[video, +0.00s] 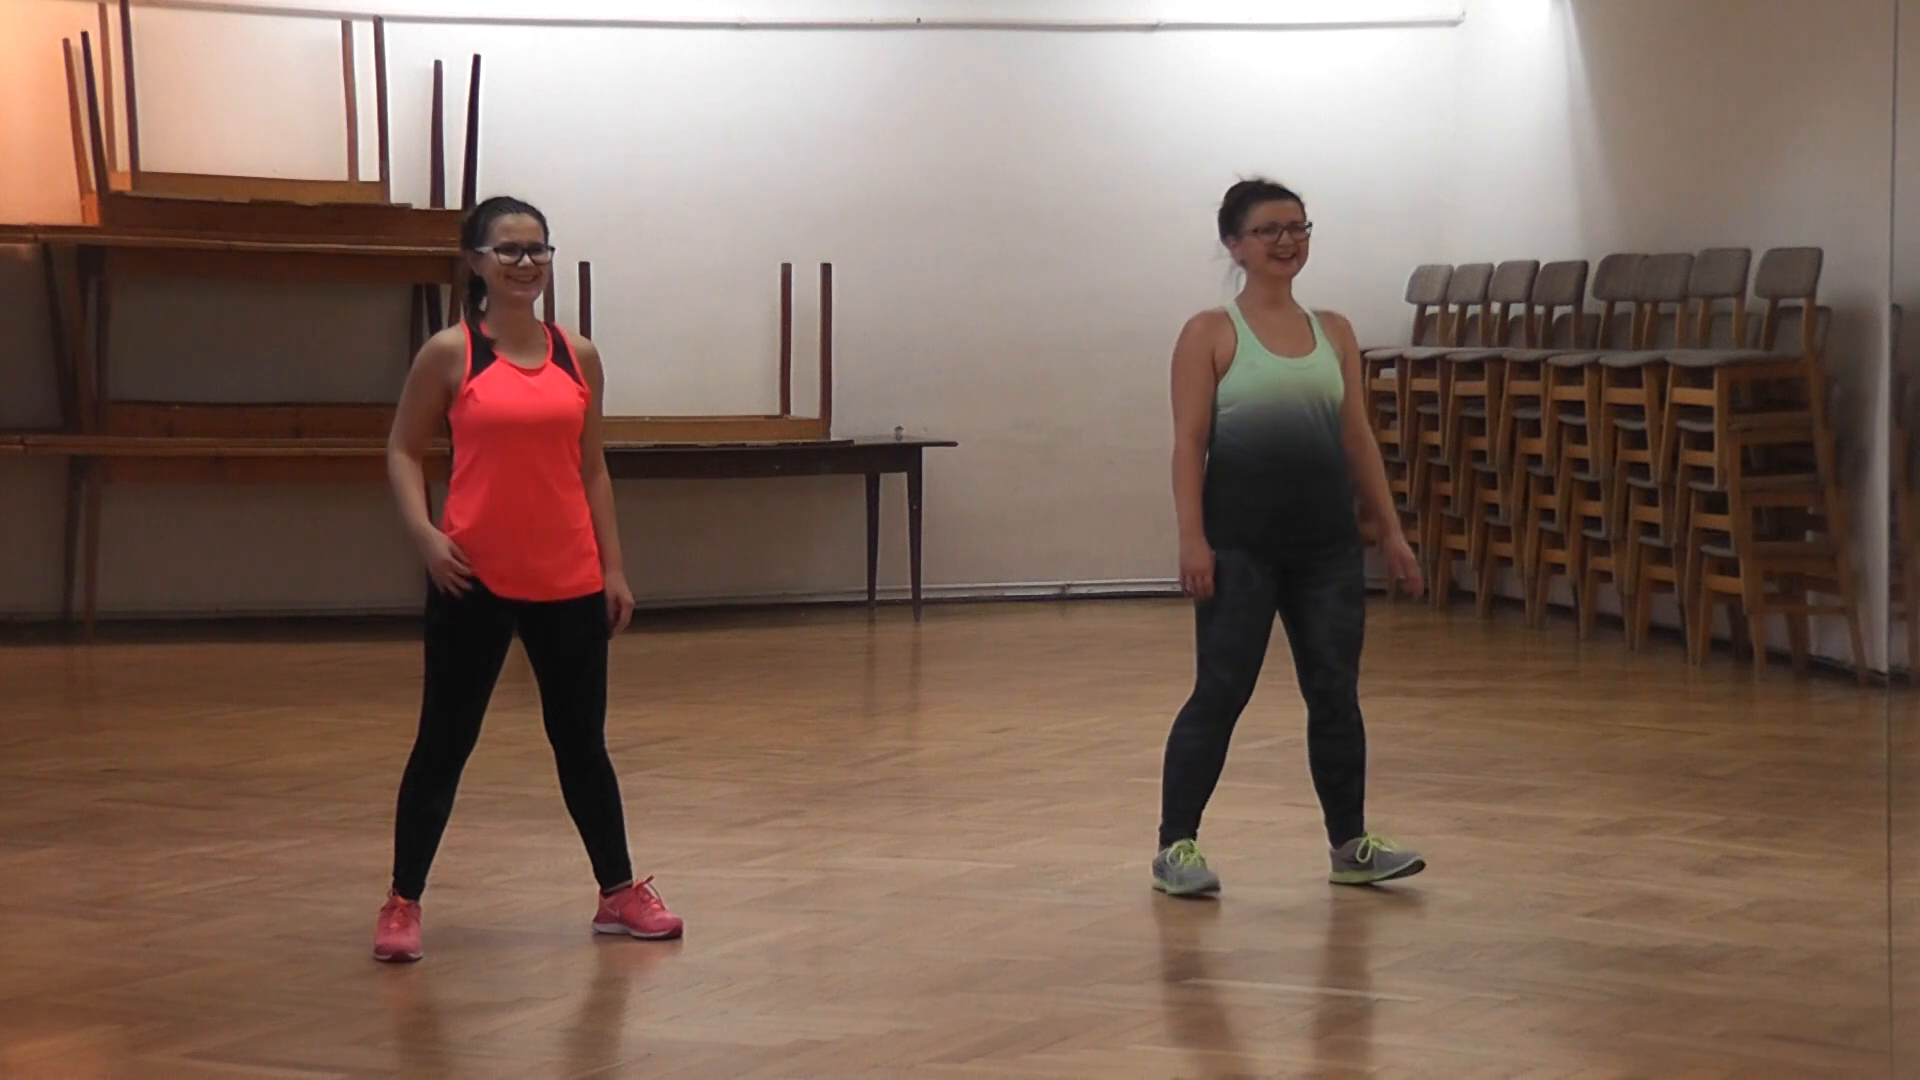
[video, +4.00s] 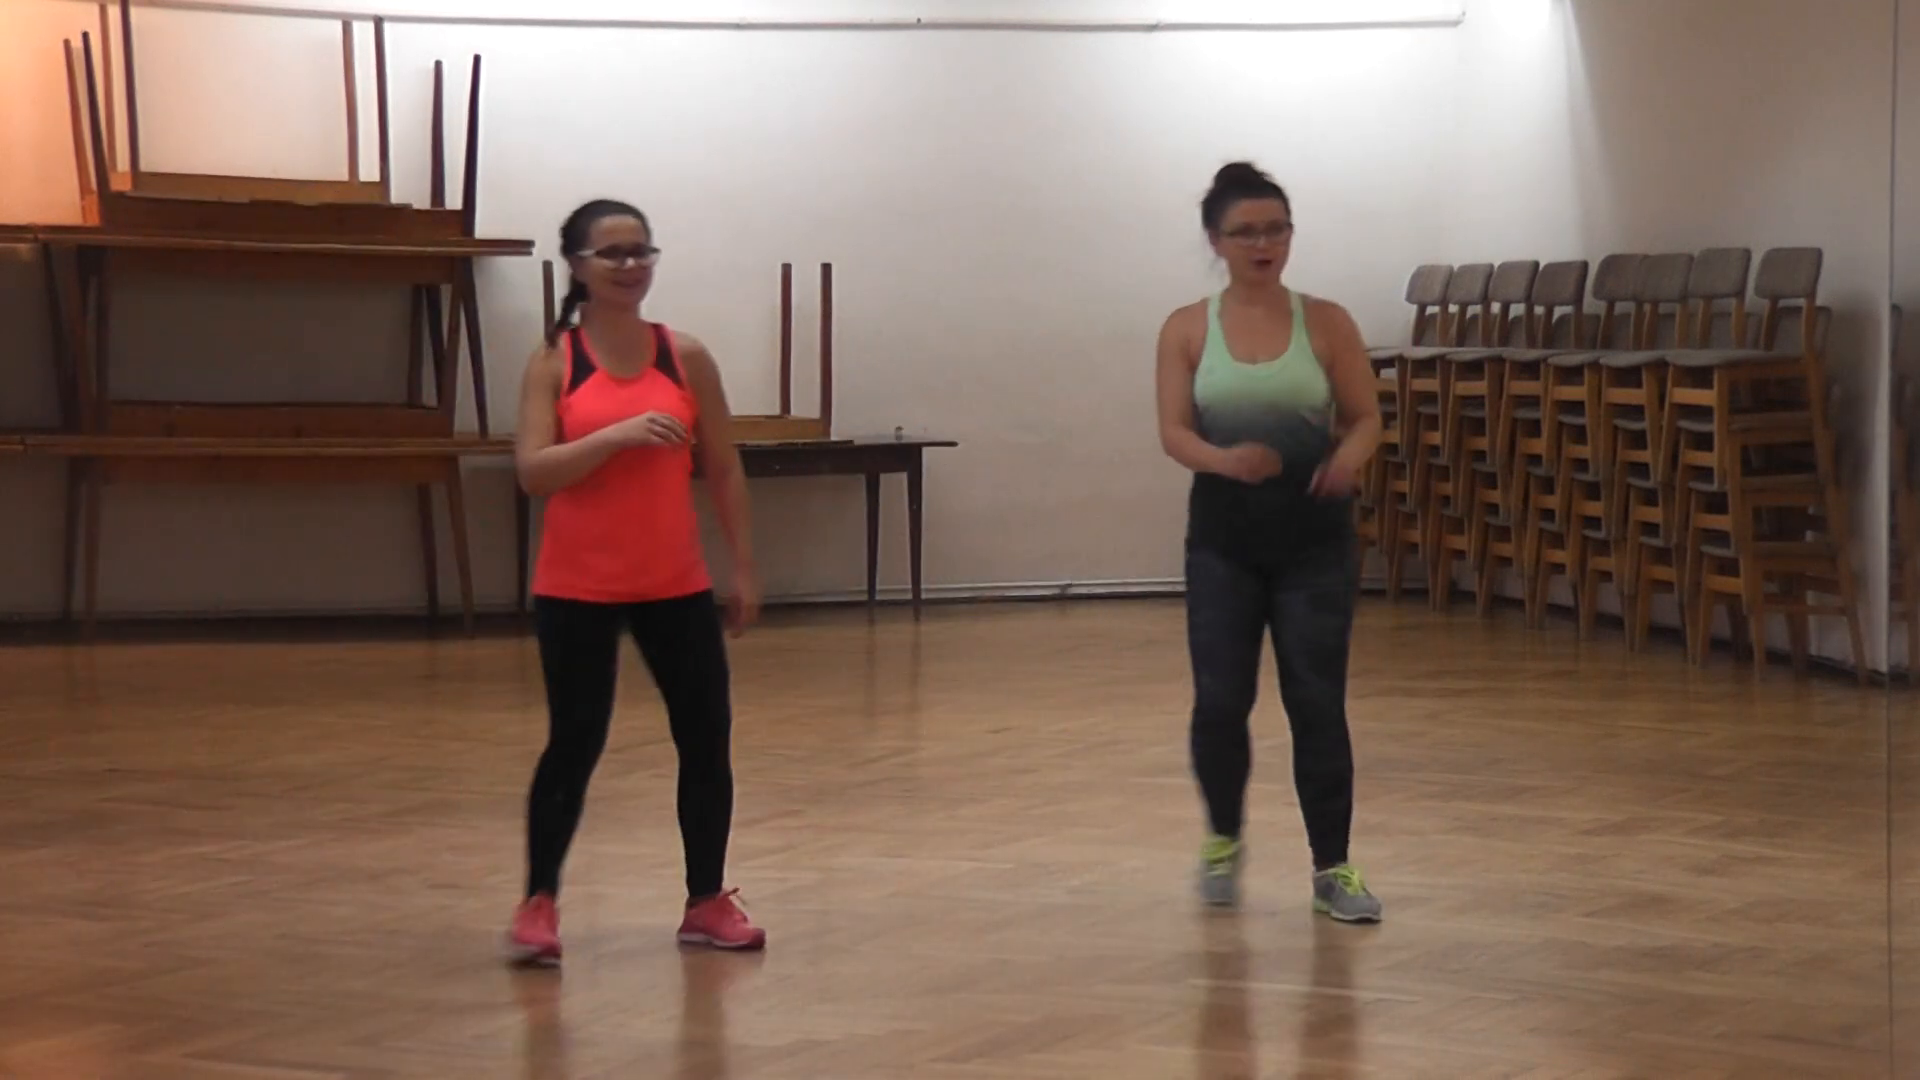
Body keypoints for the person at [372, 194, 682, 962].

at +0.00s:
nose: (526, 261)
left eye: (537, 249)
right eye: (509, 249)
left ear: (549, 261)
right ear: (476, 263)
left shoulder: (579, 356)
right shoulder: (447, 354)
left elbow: (593, 467)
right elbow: (405, 451)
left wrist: (614, 569)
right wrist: (425, 534)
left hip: (570, 584)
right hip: (474, 581)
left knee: (583, 742)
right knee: (443, 746)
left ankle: (620, 890)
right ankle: (403, 903)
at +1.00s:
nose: (550, 250)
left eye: (560, 237)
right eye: (532, 241)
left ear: (575, 245)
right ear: (502, 255)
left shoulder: (613, 341)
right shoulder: (479, 343)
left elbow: (659, 446)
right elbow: (462, 447)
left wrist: (662, 544)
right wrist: (436, 539)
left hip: (605, 568)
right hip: (504, 570)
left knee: (621, 733)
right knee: (468, 733)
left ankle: (638, 883)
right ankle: (456, 891)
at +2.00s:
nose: (270, 259)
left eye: (285, 250)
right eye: (257, 243)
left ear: (298, 269)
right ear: (222, 251)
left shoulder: (324, 363)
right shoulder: (180, 359)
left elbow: (361, 470)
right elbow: (149, 454)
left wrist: (364, 561)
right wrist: (162, 517)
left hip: (318, 593)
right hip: (223, 593)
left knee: (317, 761)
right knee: (182, 762)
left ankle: (334, 927)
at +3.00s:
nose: (244, 299)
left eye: (253, 285)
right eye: (226, 286)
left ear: (260, 289)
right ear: (185, 291)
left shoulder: (182, 376)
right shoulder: (209, 380)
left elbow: (115, 479)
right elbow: (316, 463)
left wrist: (71, 561)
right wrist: (427, 523)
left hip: (194, 617)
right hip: (147, 614)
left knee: (266, 739)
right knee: (71, 764)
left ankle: (244, 927)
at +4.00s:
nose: (632, 264)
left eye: (642, 252)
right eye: (613, 253)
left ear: (654, 261)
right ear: (576, 266)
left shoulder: (686, 358)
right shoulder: (552, 364)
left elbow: (724, 468)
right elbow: (534, 472)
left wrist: (741, 566)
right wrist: (618, 437)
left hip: (673, 581)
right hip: (576, 586)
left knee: (707, 734)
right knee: (575, 739)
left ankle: (708, 902)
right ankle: (540, 902)